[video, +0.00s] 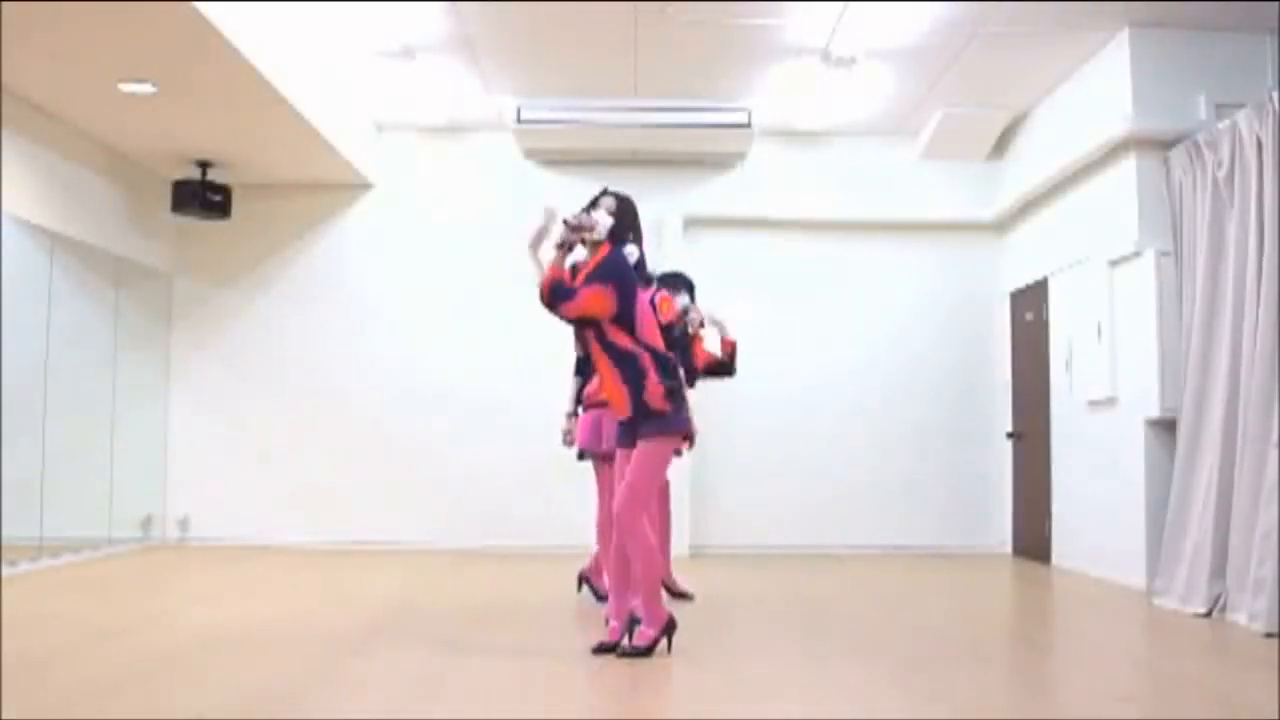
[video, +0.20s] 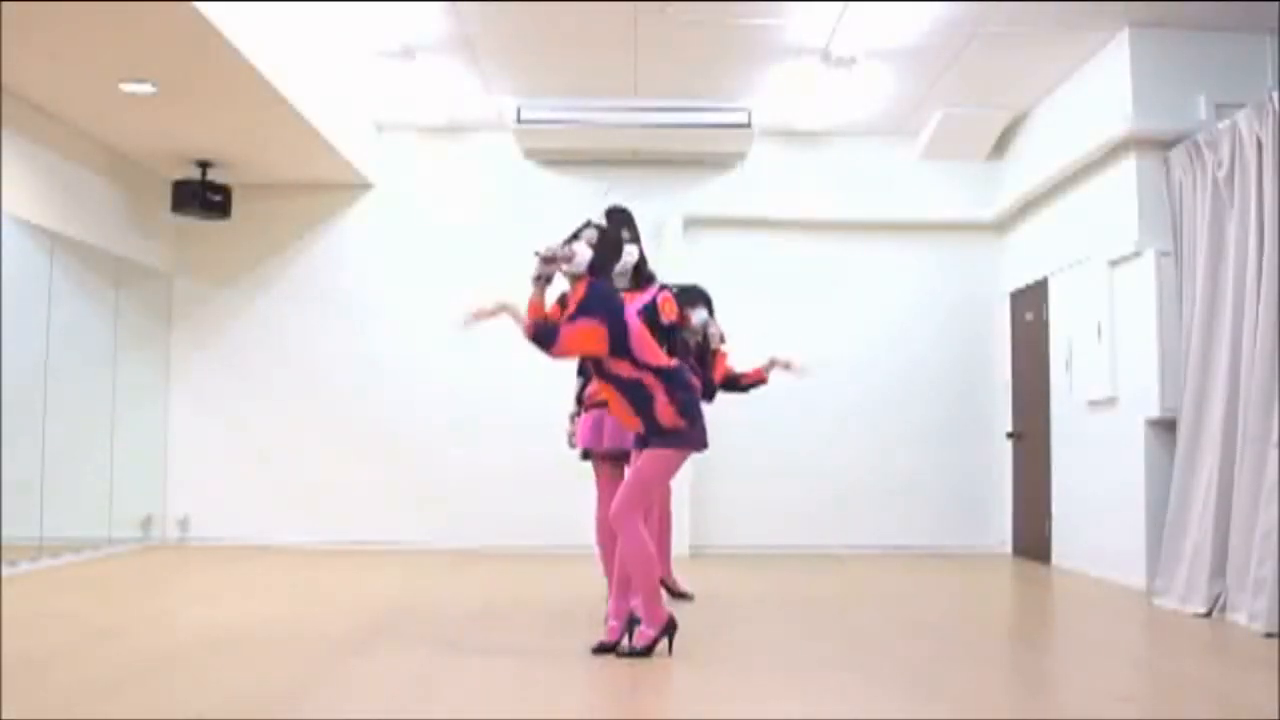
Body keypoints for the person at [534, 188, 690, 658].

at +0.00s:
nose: (582, 221)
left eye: (593, 212)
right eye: (586, 212)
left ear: (610, 221)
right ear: (614, 224)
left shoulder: (616, 267)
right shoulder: (599, 269)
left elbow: (566, 302)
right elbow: (558, 298)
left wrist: (552, 257)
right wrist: (558, 254)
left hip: (660, 412)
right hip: (634, 412)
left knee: (629, 508)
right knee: (620, 511)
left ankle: (653, 616)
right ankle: (622, 616)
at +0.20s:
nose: (567, 250)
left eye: (578, 244)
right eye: (572, 242)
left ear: (591, 256)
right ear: (585, 258)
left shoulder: (601, 301)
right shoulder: (581, 299)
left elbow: (556, 344)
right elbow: (541, 332)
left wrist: (509, 310)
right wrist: (541, 285)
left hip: (673, 422)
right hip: (651, 423)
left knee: (625, 512)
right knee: (621, 515)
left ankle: (655, 616)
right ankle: (627, 613)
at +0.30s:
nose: (557, 274)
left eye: (566, 267)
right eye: (561, 265)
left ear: (579, 276)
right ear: (584, 275)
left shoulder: (594, 317)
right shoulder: (576, 316)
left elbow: (547, 364)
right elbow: (542, 359)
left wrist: (502, 342)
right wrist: (527, 320)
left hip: (682, 430)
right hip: (657, 432)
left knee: (625, 512)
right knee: (618, 517)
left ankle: (656, 618)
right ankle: (624, 618)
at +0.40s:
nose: (560, 279)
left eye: (570, 272)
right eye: (561, 270)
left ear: (586, 282)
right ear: (559, 276)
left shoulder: (596, 322)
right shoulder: (577, 325)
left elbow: (561, 383)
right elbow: (559, 378)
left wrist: (513, 357)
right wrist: (522, 356)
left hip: (683, 431)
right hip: (656, 432)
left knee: (625, 512)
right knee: (613, 518)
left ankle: (655, 617)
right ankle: (622, 616)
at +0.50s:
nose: (561, 280)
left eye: (571, 274)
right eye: (560, 271)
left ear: (588, 282)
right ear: (554, 276)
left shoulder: (595, 321)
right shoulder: (582, 323)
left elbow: (559, 378)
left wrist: (505, 352)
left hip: (683, 430)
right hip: (658, 431)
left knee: (624, 512)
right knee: (614, 518)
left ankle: (655, 617)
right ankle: (622, 617)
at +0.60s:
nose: (559, 284)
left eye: (569, 277)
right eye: (557, 274)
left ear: (587, 286)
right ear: (550, 280)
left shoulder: (593, 325)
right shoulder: (577, 327)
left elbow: (558, 382)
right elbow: (557, 377)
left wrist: (506, 351)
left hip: (683, 431)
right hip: (658, 432)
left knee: (624, 513)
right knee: (616, 518)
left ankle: (655, 617)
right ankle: (623, 616)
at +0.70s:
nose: (553, 288)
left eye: (564, 281)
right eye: (553, 278)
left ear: (582, 289)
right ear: (549, 282)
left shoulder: (591, 330)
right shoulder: (580, 328)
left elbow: (551, 386)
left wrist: (505, 352)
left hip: (682, 432)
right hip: (659, 432)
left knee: (623, 513)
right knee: (618, 518)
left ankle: (654, 616)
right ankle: (624, 616)